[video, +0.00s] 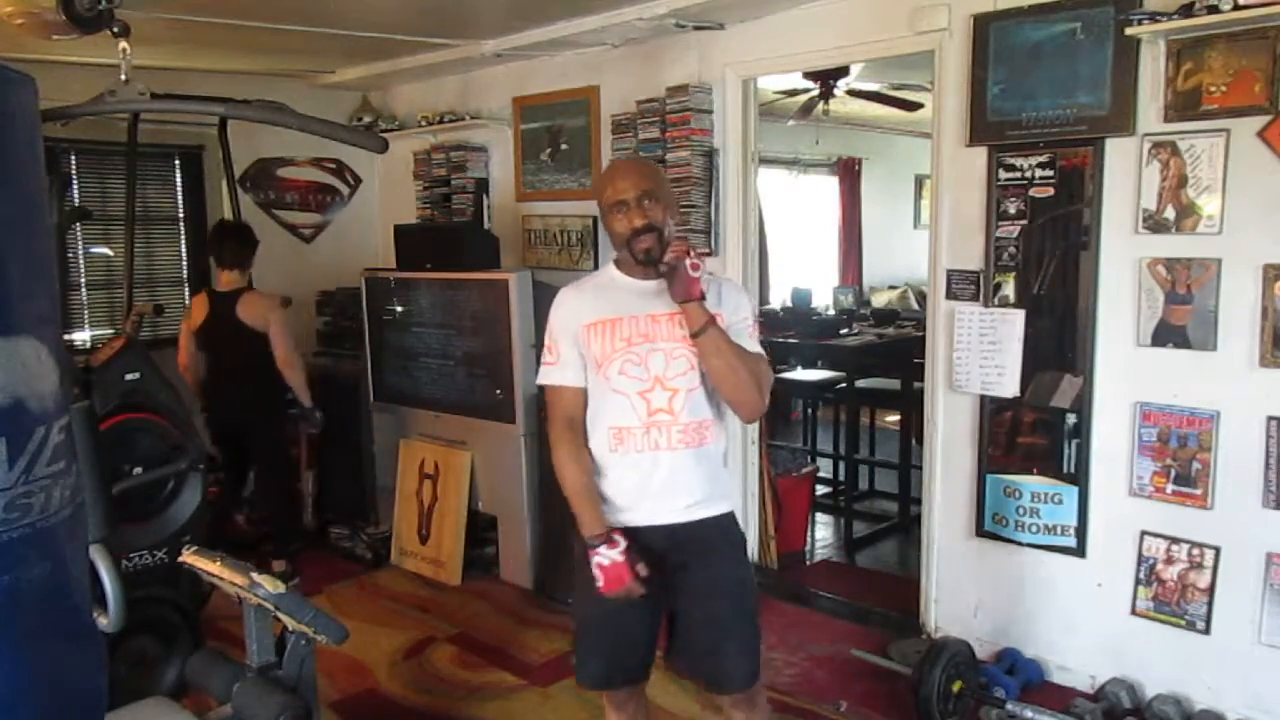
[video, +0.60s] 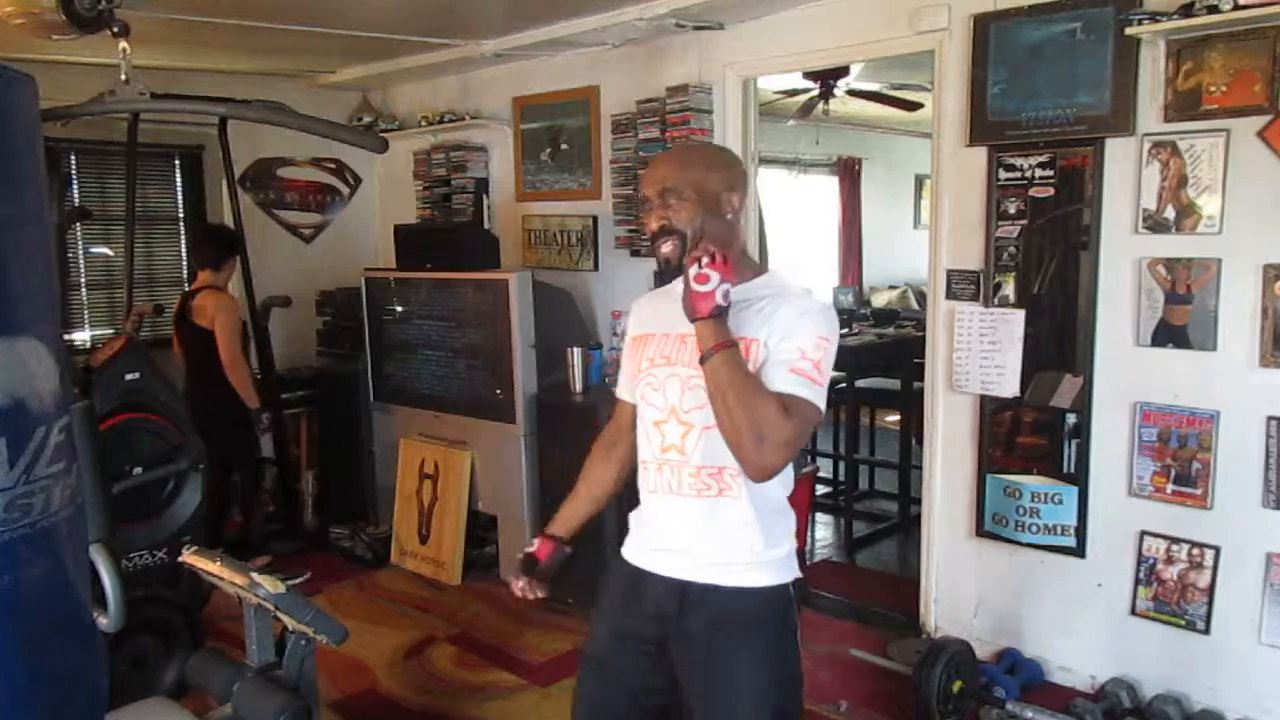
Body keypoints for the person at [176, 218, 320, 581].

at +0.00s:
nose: (250, 261)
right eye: (251, 255)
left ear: (213, 258)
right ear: (250, 258)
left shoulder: (198, 306)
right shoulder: (266, 306)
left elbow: (186, 362)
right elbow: (286, 362)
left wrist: (200, 396)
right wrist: (308, 405)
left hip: (221, 411)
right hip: (263, 411)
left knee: (231, 476)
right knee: (276, 482)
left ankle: (216, 545)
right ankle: (278, 557)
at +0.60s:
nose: (235, 267)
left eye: (235, 261)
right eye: (235, 260)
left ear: (198, 260)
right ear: (229, 263)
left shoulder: (186, 301)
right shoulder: (224, 303)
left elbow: (181, 351)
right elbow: (232, 361)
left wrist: (202, 379)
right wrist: (256, 404)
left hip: (199, 400)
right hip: (226, 401)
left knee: (217, 471)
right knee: (250, 469)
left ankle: (211, 544)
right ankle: (252, 549)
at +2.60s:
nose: (238, 261)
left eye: (240, 254)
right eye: (230, 253)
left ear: (242, 259)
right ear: (207, 258)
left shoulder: (216, 297)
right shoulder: (211, 303)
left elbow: (221, 356)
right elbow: (214, 360)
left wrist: (243, 400)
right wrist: (238, 409)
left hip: (216, 400)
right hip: (219, 405)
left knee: (230, 479)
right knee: (236, 480)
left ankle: (231, 548)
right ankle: (243, 551)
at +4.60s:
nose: (243, 271)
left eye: (248, 264)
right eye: (236, 262)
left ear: (252, 263)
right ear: (215, 260)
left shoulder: (232, 296)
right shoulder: (210, 301)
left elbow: (237, 355)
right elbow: (207, 361)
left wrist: (253, 398)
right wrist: (230, 412)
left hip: (238, 402)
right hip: (219, 407)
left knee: (239, 481)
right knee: (231, 483)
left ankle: (241, 549)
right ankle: (233, 552)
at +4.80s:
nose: (244, 273)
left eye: (249, 265)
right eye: (236, 265)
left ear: (255, 262)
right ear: (215, 262)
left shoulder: (243, 292)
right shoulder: (210, 303)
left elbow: (246, 350)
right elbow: (202, 365)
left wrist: (262, 391)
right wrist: (221, 418)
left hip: (247, 402)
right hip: (225, 407)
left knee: (244, 480)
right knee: (232, 484)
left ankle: (243, 548)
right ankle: (230, 552)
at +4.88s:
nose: (244, 273)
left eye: (250, 266)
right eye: (237, 265)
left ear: (255, 263)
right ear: (216, 261)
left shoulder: (244, 294)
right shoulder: (211, 304)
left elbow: (246, 346)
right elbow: (201, 367)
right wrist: (218, 421)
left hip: (251, 405)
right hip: (229, 411)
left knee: (247, 482)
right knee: (236, 486)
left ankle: (246, 548)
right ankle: (233, 553)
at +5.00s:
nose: (244, 274)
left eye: (249, 267)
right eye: (236, 266)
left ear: (256, 263)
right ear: (216, 262)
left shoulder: (248, 294)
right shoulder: (212, 306)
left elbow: (254, 351)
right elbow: (199, 369)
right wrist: (213, 424)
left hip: (259, 406)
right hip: (234, 411)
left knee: (252, 483)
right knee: (240, 487)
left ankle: (250, 548)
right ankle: (238, 553)